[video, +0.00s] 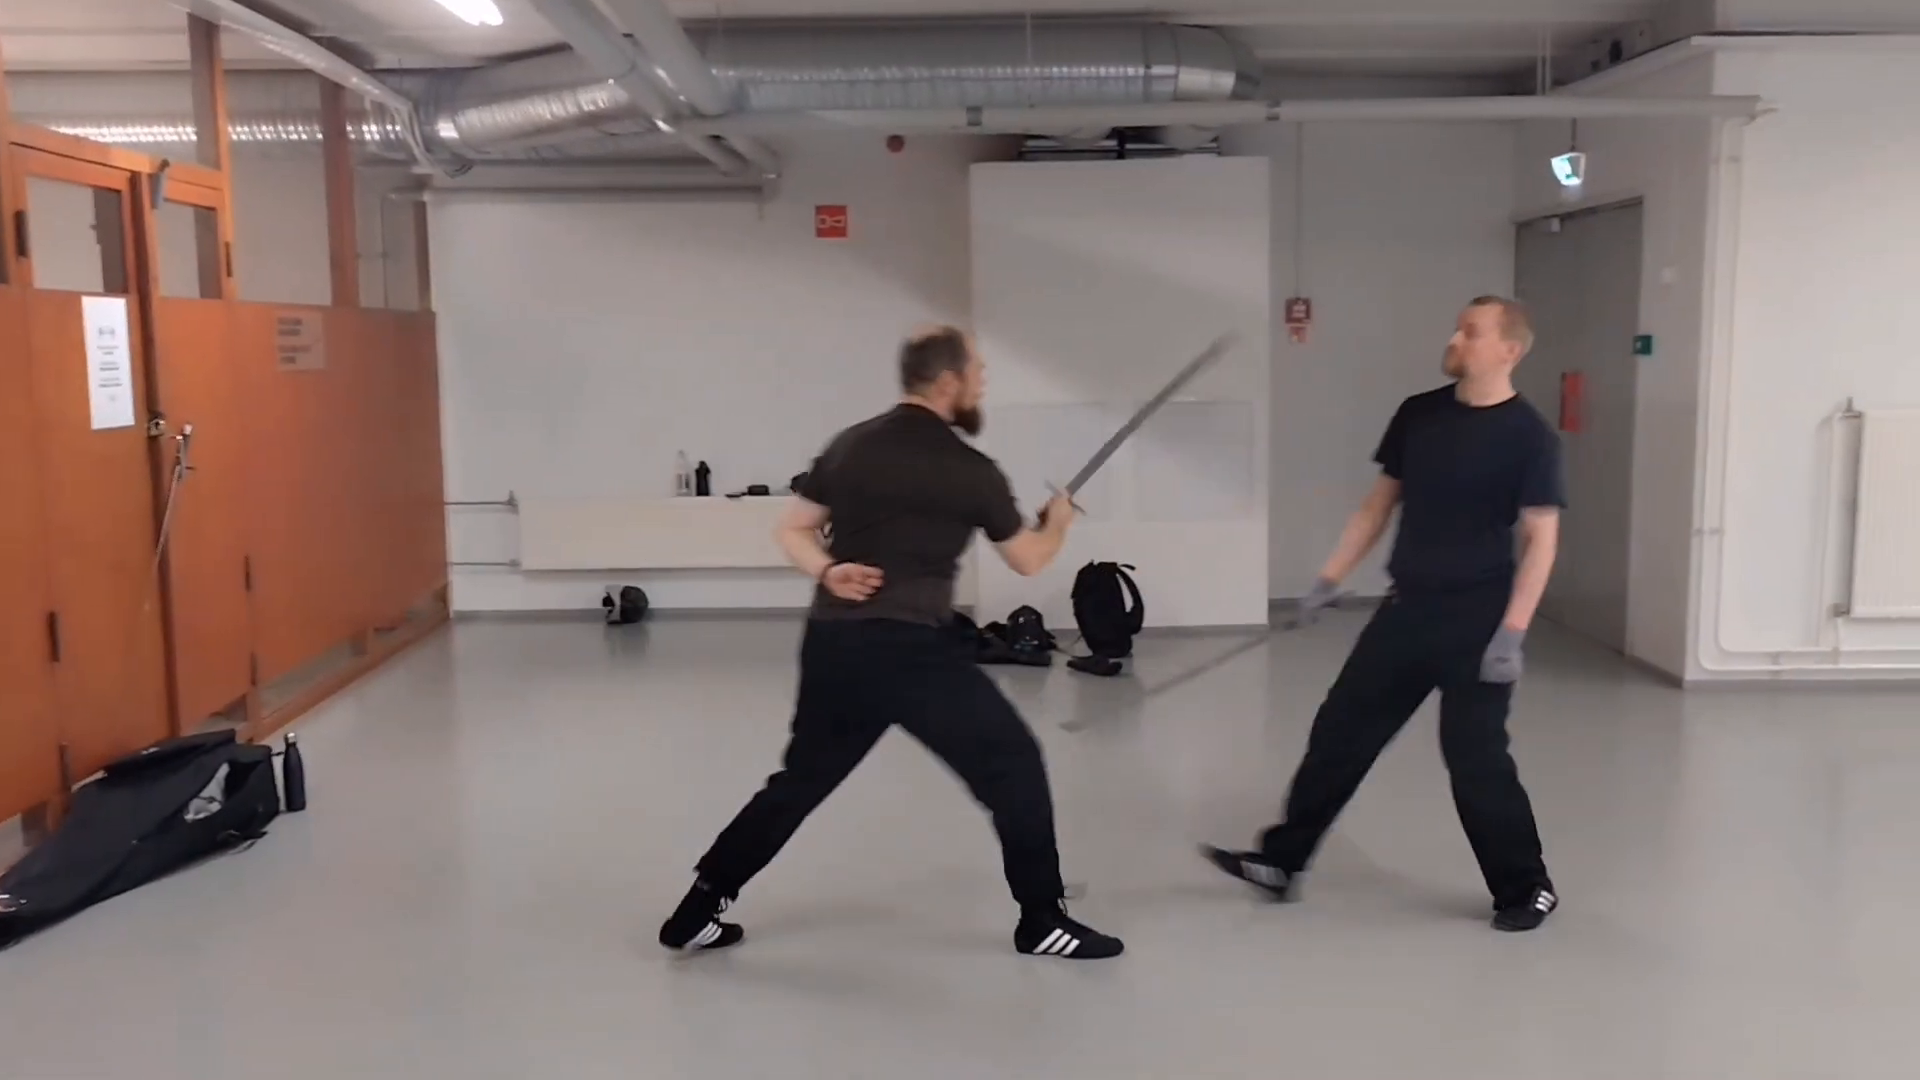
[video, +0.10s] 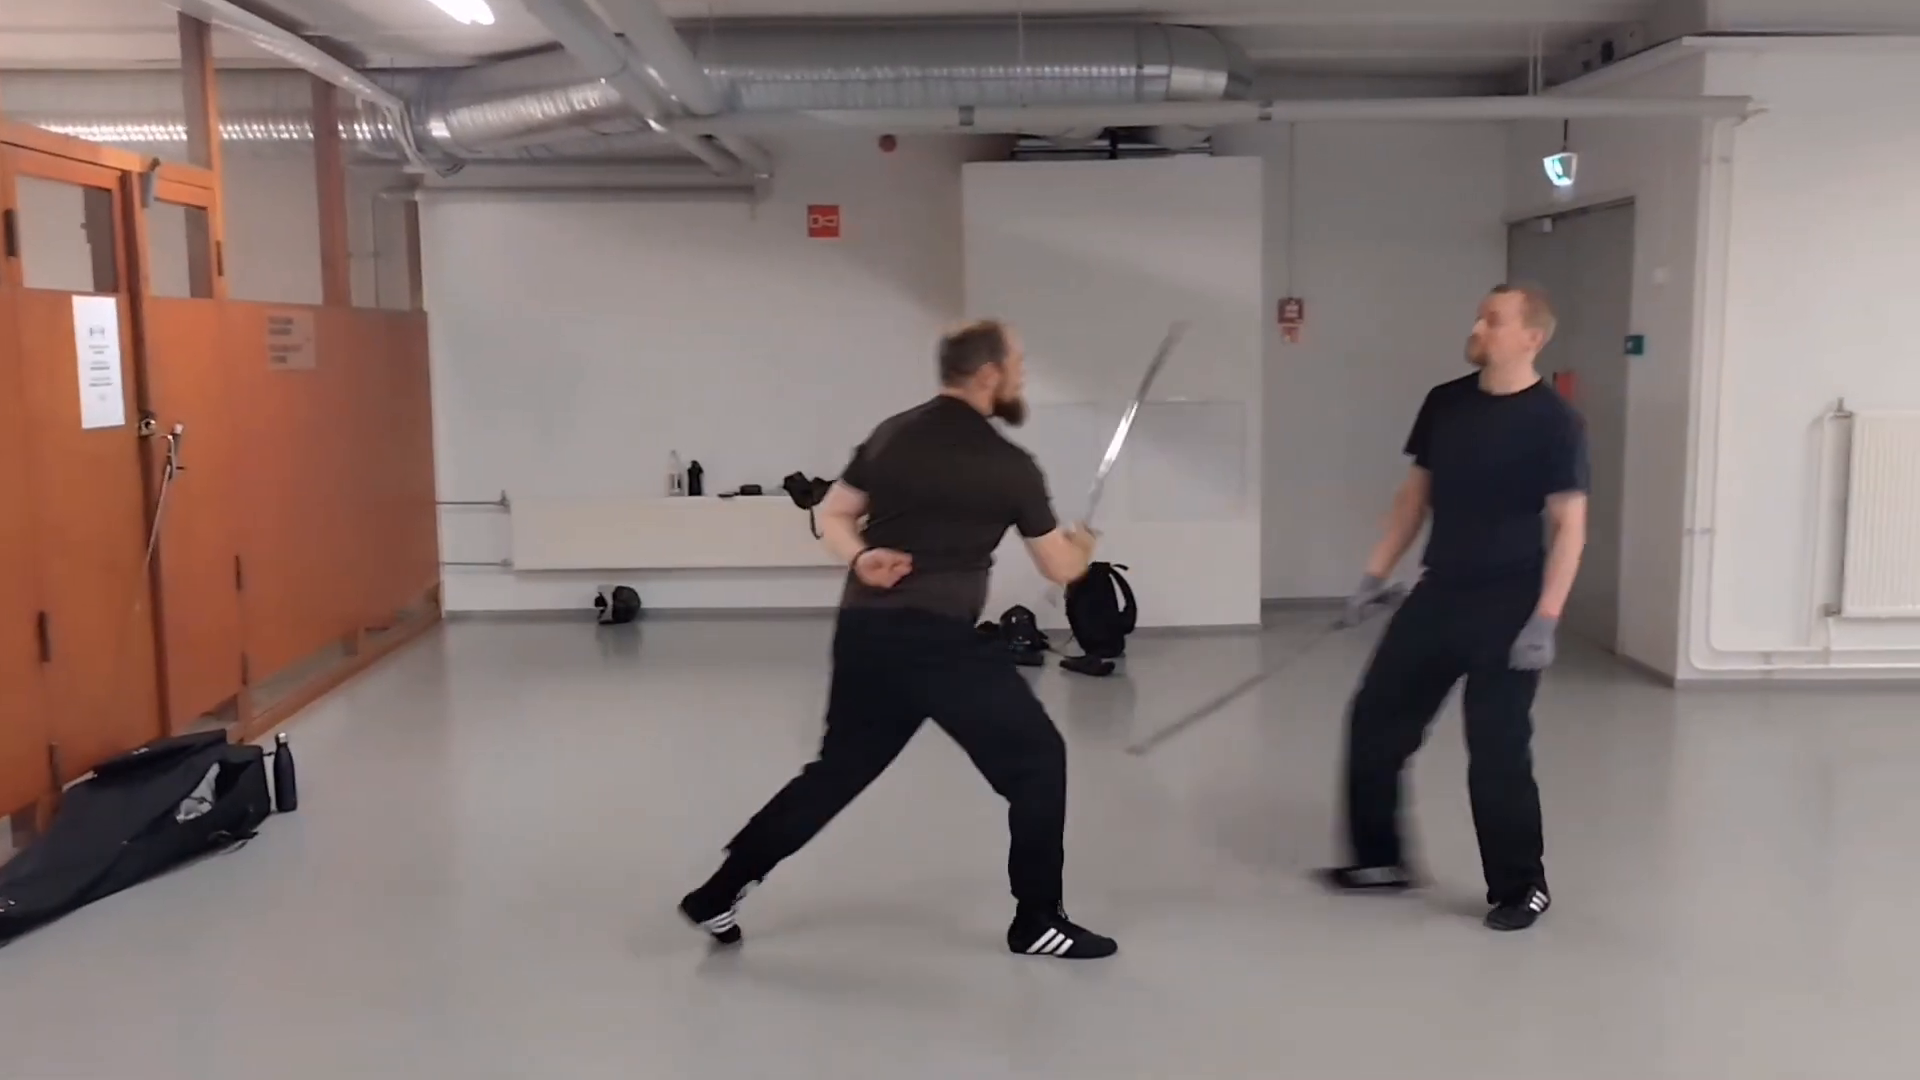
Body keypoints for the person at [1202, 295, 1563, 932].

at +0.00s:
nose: (1453, 340)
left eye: (1469, 332)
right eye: (1456, 329)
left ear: (1510, 350)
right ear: (1458, 341)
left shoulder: (1530, 435)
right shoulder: (1420, 414)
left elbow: (1540, 541)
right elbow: (1379, 504)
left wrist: (1511, 632)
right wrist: (1327, 581)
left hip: (1481, 618)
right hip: (1408, 610)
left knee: (1475, 756)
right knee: (1342, 729)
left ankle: (1526, 889)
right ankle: (1281, 860)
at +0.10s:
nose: (1476, 328)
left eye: (1492, 320)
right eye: (1478, 318)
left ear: (1533, 338)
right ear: (1478, 330)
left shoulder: (1556, 421)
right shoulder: (1447, 403)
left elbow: (1570, 528)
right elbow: (1414, 498)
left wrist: (1546, 618)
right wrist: (1376, 575)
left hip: (1512, 604)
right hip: (1440, 596)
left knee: (1497, 749)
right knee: (1377, 717)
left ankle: (1519, 887)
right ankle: (1378, 859)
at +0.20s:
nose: (1494, 320)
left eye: (1510, 311)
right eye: (1496, 309)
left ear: (1552, 327)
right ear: (1500, 321)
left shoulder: (1576, 412)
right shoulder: (1466, 395)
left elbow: (1589, 518)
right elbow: (1442, 488)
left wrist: (1565, 607)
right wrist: (1406, 569)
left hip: (1533, 598)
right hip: (1464, 590)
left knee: (1514, 739)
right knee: (1435, 724)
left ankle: (1516, 881)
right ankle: (1478, 842)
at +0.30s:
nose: (1511, 315)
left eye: (1528, 307)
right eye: (1513, 305)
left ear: (1569, 324)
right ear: (1515, 316)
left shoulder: (1592, 407)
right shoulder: (1487, 392)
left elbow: (1604, 512)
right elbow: (1459, 484)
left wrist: (1576, 602)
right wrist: (1419, 561)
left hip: (1553, 587)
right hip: (1491, 581)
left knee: (1520, 727)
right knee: (1496, 723)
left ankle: (1510, 882)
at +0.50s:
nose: (1532, 323)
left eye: (1548, 315)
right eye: (1535, 313)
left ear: (1588, 331)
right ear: (1546, 329)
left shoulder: (1609, 407)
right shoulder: (1527, 398)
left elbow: (1623, 513)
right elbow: (1502, 487)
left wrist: (1584, 601)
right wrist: (1439, 533)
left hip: (1584, 589)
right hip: (1544, 584)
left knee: (1534, 720)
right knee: (1591, 706)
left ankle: (1500, 870)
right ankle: (1669, 803)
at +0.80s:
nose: (1545, 320)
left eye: (1559, 311)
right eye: (1547, 311)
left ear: (1599, 323)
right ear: (1582, 326)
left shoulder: (1610, 392)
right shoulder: (1574, 391)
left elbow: (1624, 499)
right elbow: (1570, 479)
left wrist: (1596, 589)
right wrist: (1508, 468)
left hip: (1610, 577)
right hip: (1598, 570)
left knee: (1567, 711)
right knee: (1628, 706)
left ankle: (1526, 855)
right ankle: (1654, 829)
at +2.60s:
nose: (1483, 314)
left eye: (1496, 305)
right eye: (1486, 304)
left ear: (1535, 317)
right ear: (1535, 321)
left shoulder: (1535, 382)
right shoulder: (1541, 380)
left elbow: (1529, 481)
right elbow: (1511, 464)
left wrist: (1496, 575)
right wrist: (1478, 419)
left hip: (1536, 567)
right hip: (1560, 560)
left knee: (1485, 708)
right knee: (1551, 694)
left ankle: (1492, 858)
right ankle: (1572, 809)